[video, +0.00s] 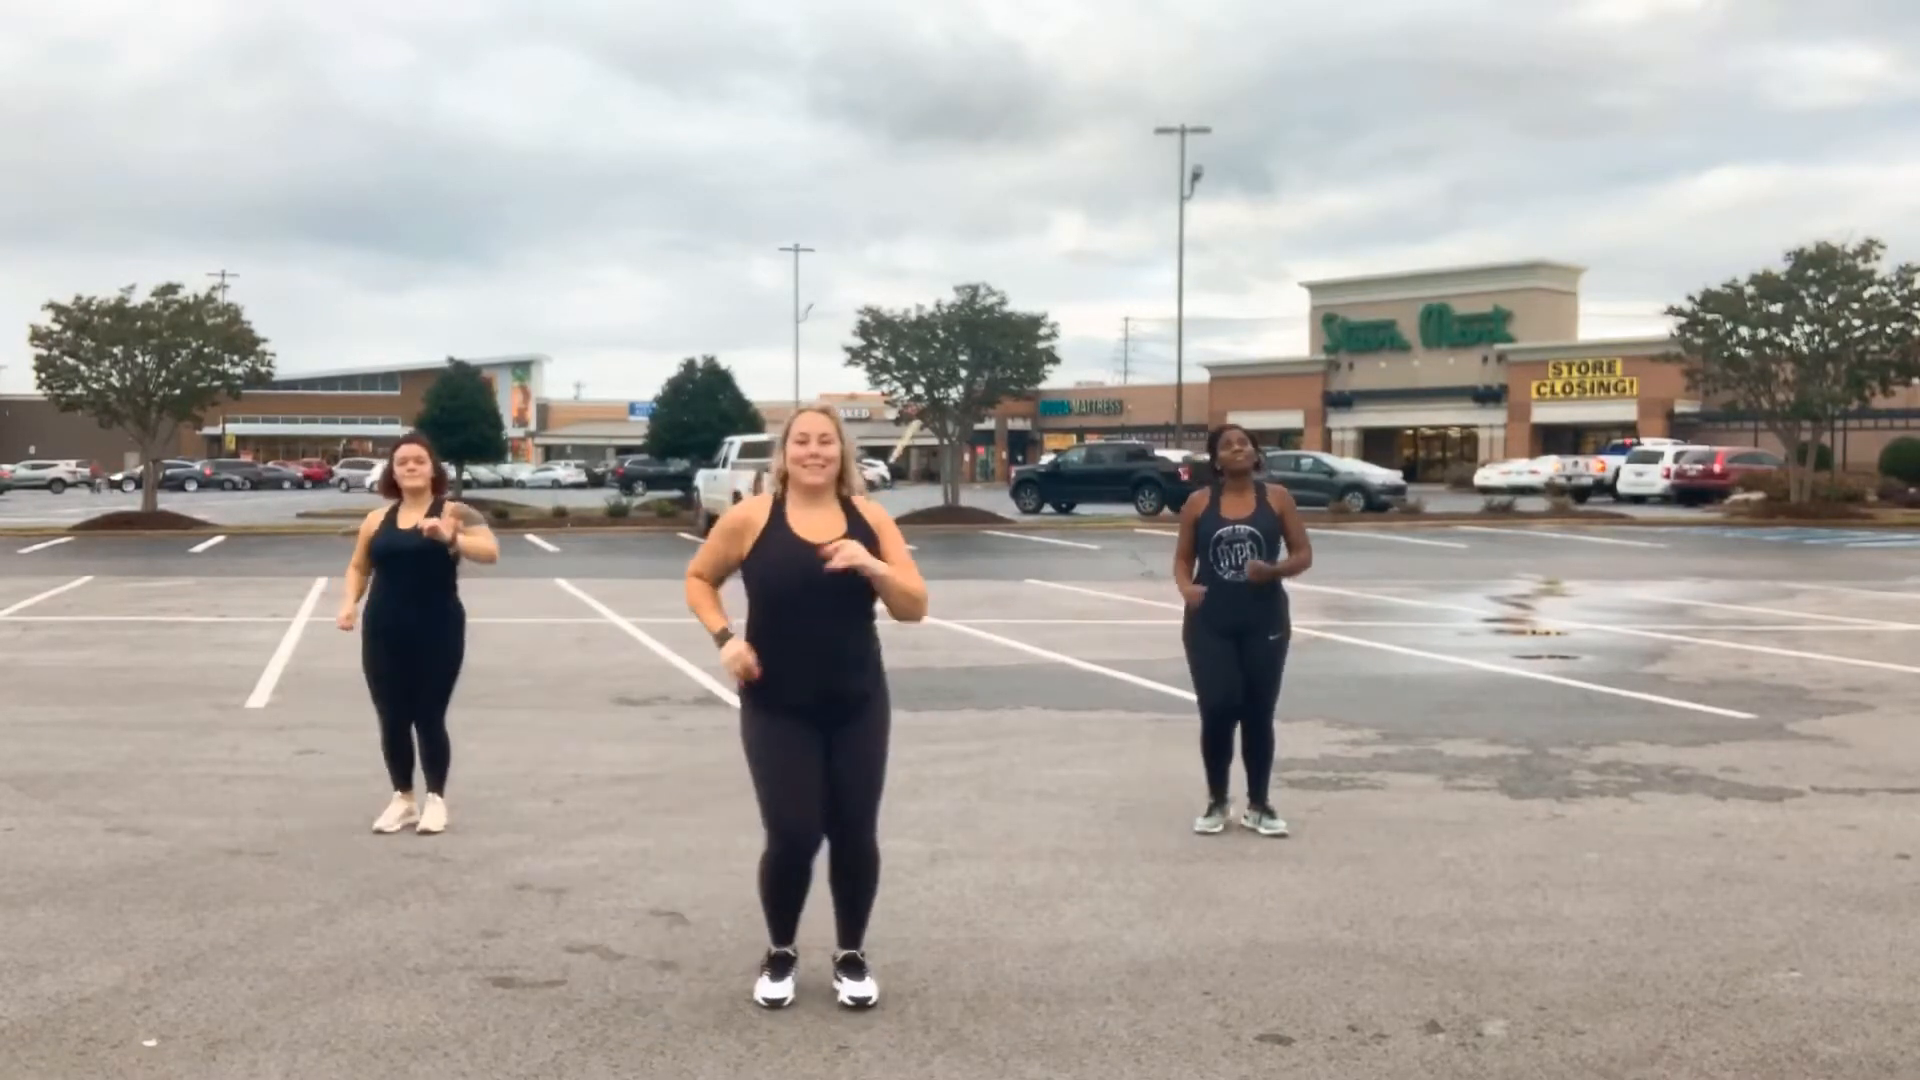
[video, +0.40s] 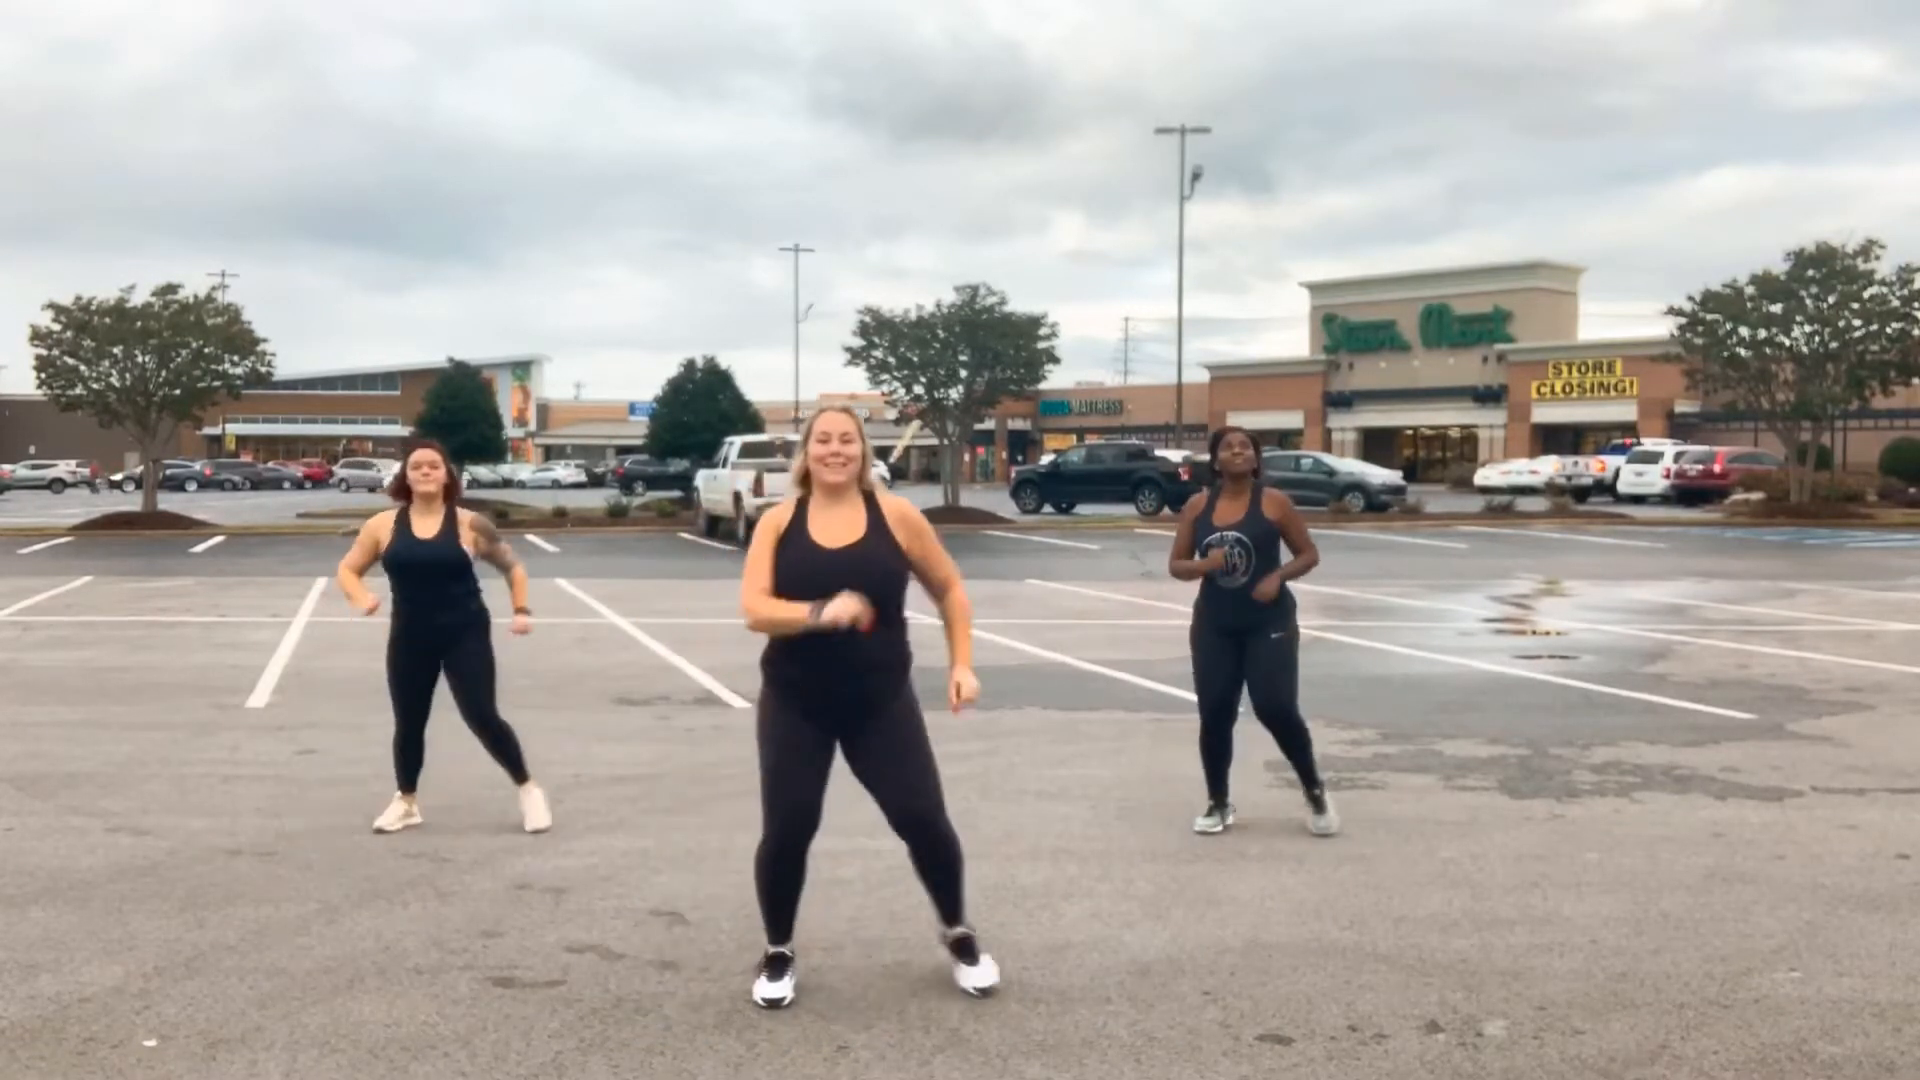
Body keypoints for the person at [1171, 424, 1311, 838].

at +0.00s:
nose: (1238, 451)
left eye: (1244, 444)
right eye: (1229, 447)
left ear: (1255, 453)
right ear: (1216, 459)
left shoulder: (1276, 496)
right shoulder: (1199, 503)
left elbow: (1303, 555)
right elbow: (1183, 561)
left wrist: (1273, 571)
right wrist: (1188, 588)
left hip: (1265, 623)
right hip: (1211, 623)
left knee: (1258, 715)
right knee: (1217, 713)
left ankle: (1258, 807)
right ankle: (1217, 803)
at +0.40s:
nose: (1238, 454)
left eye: (1244, 448)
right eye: (1229, 449)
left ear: (1256, 457)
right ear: (1215, 460)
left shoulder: (1274, 502)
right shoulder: (1197, 506)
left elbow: (1309, 555)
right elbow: (1176, 566)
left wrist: (1278, 575)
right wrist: (1205, 565)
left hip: (1268, 625)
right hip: (1214, 626)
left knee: (1274, 709)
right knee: (1214, 716)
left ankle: (1314, 792)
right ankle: (1218, 804)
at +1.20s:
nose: (1237, 461)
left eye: (1244, 454)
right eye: (1229, 454)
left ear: (1254, 458)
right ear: (1213, 458)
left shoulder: (1261, 495)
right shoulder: (1193, 496)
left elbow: (1276, 562)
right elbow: (1176, 550)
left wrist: (1276, 538)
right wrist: (1212, 503)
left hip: (1254, 620)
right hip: (1199, 621)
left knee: (1266, 711)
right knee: (1205, 714)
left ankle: (1255, 794)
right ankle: (1195, 803)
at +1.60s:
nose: (1219, 475)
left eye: (1227, 466)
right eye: (1211, 467)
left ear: (1241, 468)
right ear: (1198, 469)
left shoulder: (1257, 501)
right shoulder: (1185, 500)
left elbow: (1281, 563)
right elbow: (1175, 558)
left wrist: (1265, 542)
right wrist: (1203, 510)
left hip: (1238, 621)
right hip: (1183, 618)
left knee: (1251, 710)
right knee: (1179, 698)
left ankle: (1241, 806)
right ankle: (1140, 788)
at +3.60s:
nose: (1190, 477)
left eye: (1199, 469)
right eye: (1183, 469)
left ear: (1217, 467)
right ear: (1176, 467)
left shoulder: (1234, 499)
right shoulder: (1162, 499)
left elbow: (1264, 556)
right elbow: (1138, 559)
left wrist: (1273, 536)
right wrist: (1158, 511)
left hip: (1220, 620)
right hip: (1164, 620)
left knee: (1233, 717)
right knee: (1152, 711)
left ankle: (1242, 803)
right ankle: (1124, 799)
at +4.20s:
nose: (1220, 479)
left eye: (1227, 472)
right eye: (1213, 471)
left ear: (1235, 473)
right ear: (1192, 469)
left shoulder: (1245, 502)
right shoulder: (1168, 501)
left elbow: (1266, 548)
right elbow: (1142, 561)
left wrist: (1242, 500)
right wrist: (1175, 524)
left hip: (1239, 618)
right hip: (1183, 620)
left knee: (1266, 707)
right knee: (1178, 711)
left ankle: (1289, 794)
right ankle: (1171, 803)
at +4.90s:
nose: (1222, 466)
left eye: (1229, 459)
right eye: (1214, 458)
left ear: (1236, 464)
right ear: (1193, 459)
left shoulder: (1242, 501)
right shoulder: (1170, 502)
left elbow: (1255, 557)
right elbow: (1168, 562)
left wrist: (1266, 541)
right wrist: (1212, 532)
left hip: (1235, 619)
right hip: (1181, 622)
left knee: (1253, 705)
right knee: (1188, 710)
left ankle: (1250, 794)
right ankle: (1179, 803)